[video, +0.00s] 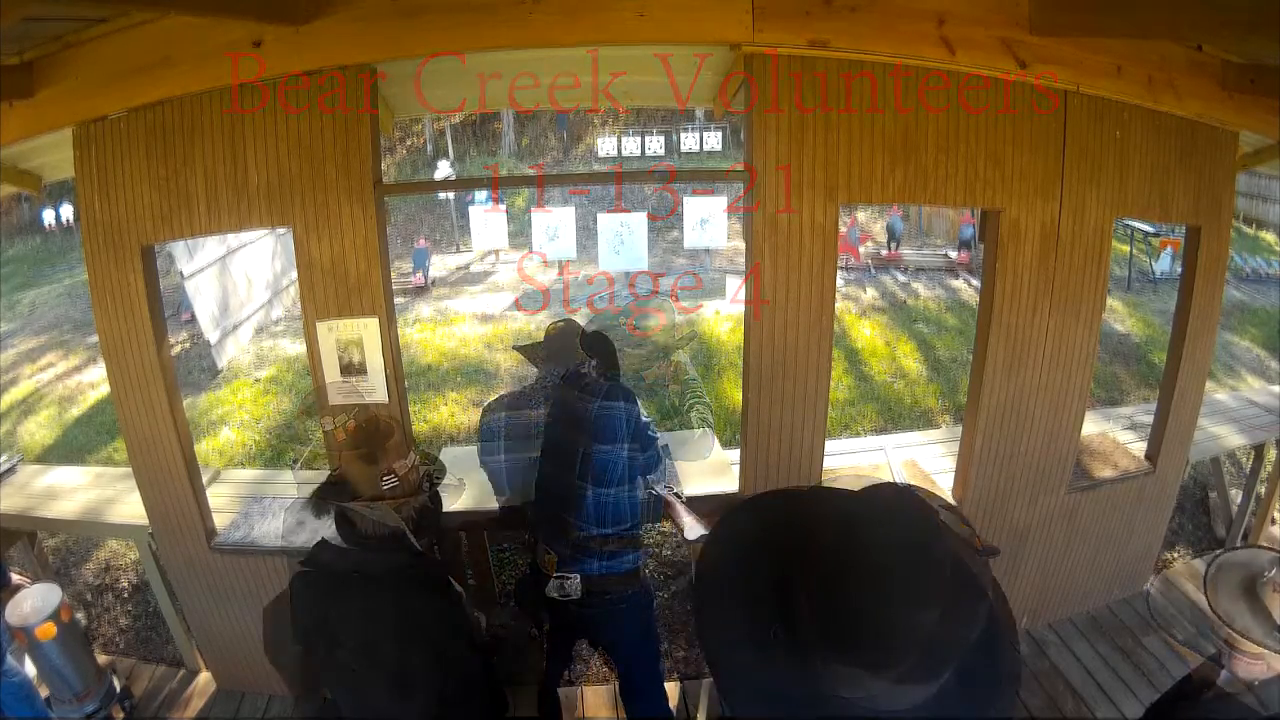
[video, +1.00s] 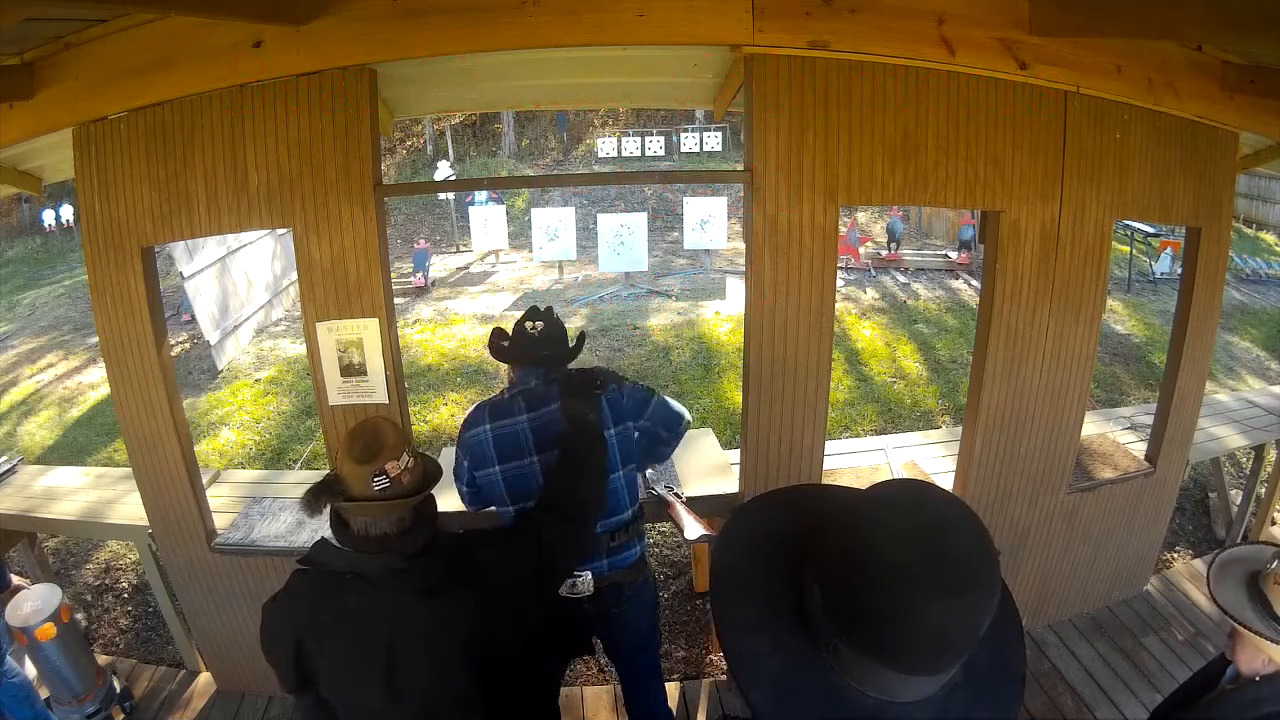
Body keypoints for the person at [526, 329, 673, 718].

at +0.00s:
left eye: (537, 362)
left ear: (540, 359)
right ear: (586, 355)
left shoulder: (502, 412)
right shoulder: (619, 401)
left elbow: (509, 497)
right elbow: (655, 469)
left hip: (542, 588)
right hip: (617, 587)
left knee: (541, 691)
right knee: (647, 699)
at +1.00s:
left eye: (512, 358)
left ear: (510, 363)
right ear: (563, 355)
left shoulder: (479, 424)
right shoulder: (607, 391)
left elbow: (473, 499)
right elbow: (673, 421)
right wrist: (625, 460)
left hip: (537, 590)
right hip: (624, 580)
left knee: (539, 698)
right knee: (646, 691)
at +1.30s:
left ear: (513, 349)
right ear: (574, 345)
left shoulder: (483, 414)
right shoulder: (609, 401)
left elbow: (478, 465)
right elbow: (638, 460)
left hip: (536, 591)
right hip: (616, 585)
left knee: (536, 694)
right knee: (641, 688)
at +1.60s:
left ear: (521, 344)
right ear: (581, 345)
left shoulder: (490, 395)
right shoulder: (604, 391)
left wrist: (525, 349)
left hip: (521, 583)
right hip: (601, 581)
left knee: (530, 693)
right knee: (636, 689)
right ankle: (656, 716)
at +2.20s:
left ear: (513, 341)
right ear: (577, 342)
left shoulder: (488, 394)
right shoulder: (599, 388)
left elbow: (508, 369)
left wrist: (522, 346)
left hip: (520, 582)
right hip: (598, 578)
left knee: (530, 692)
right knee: (635, 690)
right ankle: (653, 715)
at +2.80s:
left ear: (513, 343)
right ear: (576, 344)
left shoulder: (488, 393)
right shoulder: (598, 387)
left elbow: (504, 360)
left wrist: (521, 340)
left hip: (516, 582)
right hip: (595, 577)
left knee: (529, 692)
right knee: (634, 687)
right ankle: (652, 715)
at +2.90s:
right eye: (576, 337)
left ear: (516, 341)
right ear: (576, 344)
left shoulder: (486, 392)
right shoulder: (598, 388)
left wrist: (526, 345)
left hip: (515, 581)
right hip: (594, 576)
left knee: (529, 692)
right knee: (634, 687)